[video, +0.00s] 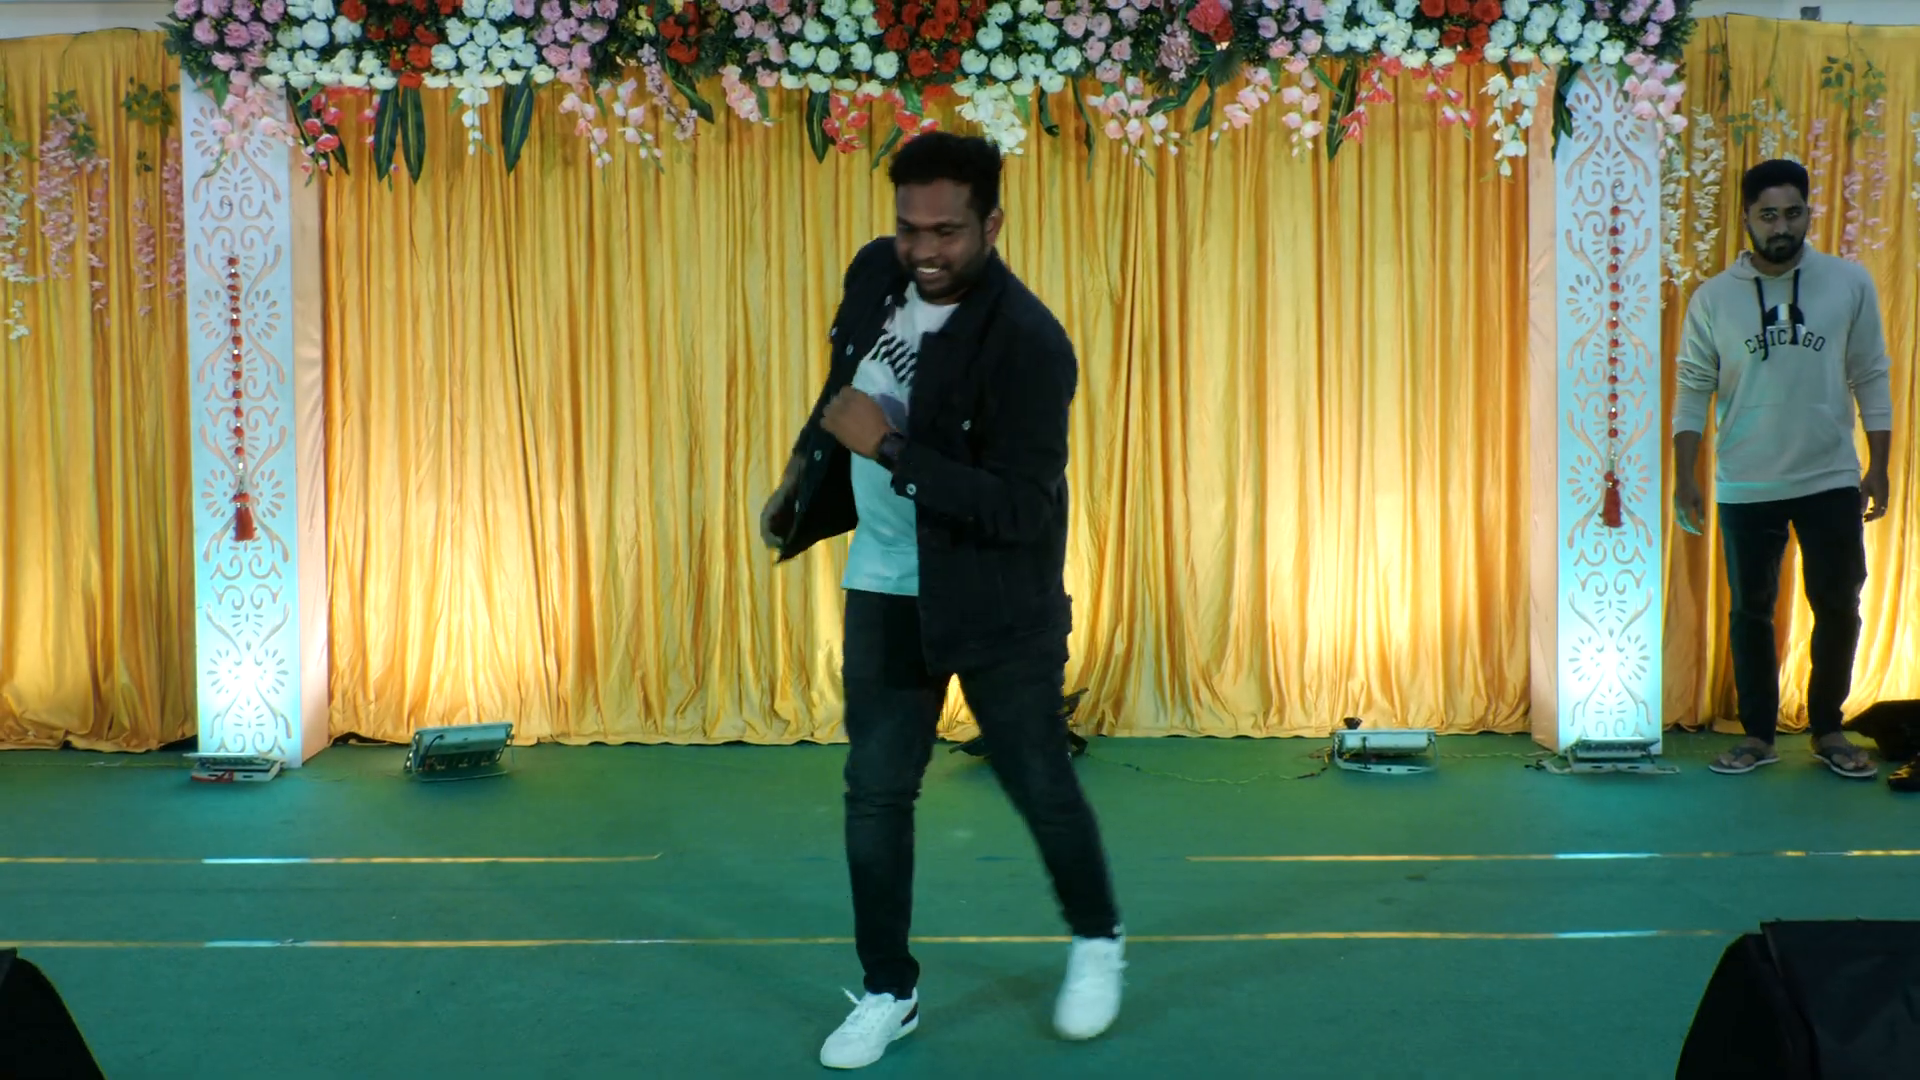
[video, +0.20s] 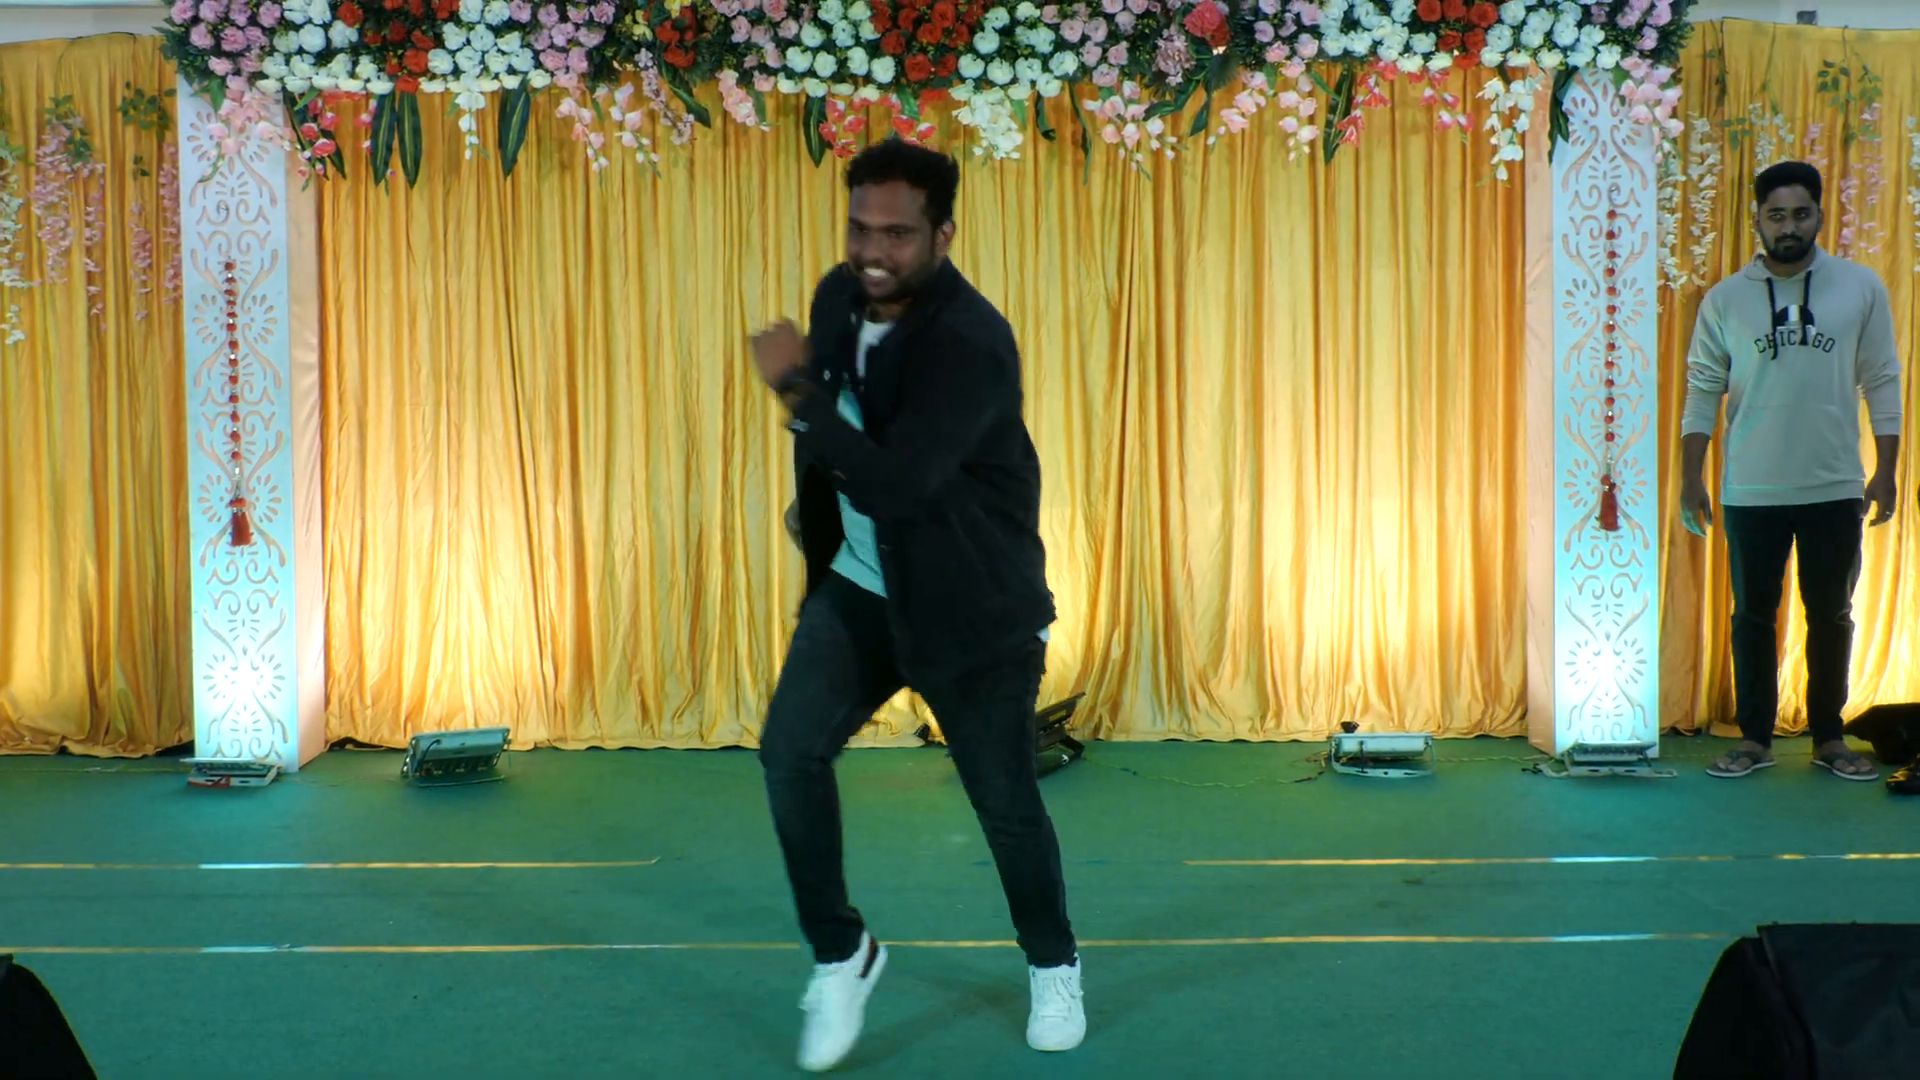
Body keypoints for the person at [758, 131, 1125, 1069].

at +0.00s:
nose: (924, 251)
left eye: (945, 233)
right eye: (910, 230)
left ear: (991, 224)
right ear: (894, 219)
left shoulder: (1028, 343)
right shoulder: (874, 276)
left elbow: (1025, 512)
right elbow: (850, 393)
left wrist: (891, 447)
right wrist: (807, 481)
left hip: (995, 600)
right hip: (887, 591)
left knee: (1037, 777)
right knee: (875, 790)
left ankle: (1096, 938)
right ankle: (887, 990)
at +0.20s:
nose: (871, 249)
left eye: (894, 232)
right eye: (859, 228)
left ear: (940, 235)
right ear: (845, 226)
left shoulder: (974, 341)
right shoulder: (840, 300)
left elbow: (901, 482)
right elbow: (838, 433)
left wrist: (803, 398)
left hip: (970, 607)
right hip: (861, 588)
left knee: (1004, 797)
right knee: (790, 751)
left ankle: (1052, 965)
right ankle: (840, 954)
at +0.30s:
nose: (842, 213)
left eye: (867, 200)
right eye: (833, 192)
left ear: (913, 212)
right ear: (821, 189)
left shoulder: (925, 310)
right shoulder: (810, 267)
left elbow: (829, 451)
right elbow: (798, 393)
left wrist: (684, 405)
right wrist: (801, 479)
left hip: (954, 583)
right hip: (837, 575)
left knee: (1017, 762)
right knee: (772, 751)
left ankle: (1061, 947)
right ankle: (793, 976)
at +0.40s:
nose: (841, 222)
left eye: (866, 211)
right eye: (833, 202)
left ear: (910, 228)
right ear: (816, 201)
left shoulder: (901, 332)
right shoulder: (799, 282)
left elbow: (832, 493)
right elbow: (783, 424)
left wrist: (686, 528)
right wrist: (766, 535)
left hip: (906, 610)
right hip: (799, 610)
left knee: (1002, 754)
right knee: (759, 806)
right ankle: (782, 1015)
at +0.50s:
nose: (857, 266)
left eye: (883, 254)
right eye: (846, 242)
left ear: (915, 270)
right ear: (822, 238)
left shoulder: (908, 396)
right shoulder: (779, 319)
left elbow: (938, 559)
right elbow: (762, 432)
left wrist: (826, 624)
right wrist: (709, 470)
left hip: (876, 664)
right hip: (755, 661)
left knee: (981, 794)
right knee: (723, 836)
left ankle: (1060, 645)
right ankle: (782, 1022)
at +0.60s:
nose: (862, 292)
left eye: (885, 275)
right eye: (845, 270)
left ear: (910, 277)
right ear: (814, 262)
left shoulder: (937, 394)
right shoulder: (749, 326)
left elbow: (1019, 508)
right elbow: (672, 424)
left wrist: (940, 600)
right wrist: (685, 444)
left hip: (856, 649)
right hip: (740, 647)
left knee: (938, 826)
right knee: (723, 842)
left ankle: (975, 634)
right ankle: (781, 1024)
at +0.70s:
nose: (875, 292)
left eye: (892, 272)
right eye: (856, 272)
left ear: (910, 265)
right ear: (814, 260)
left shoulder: (951, 363)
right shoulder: (741, 325)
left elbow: (1009, 455)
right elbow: (605, 409)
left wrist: (976, 548)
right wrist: (725, 414)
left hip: (875, 617)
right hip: (748, 627)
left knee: (905, 797)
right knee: (732, 833)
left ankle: (943, 738)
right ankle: (779, 1022)